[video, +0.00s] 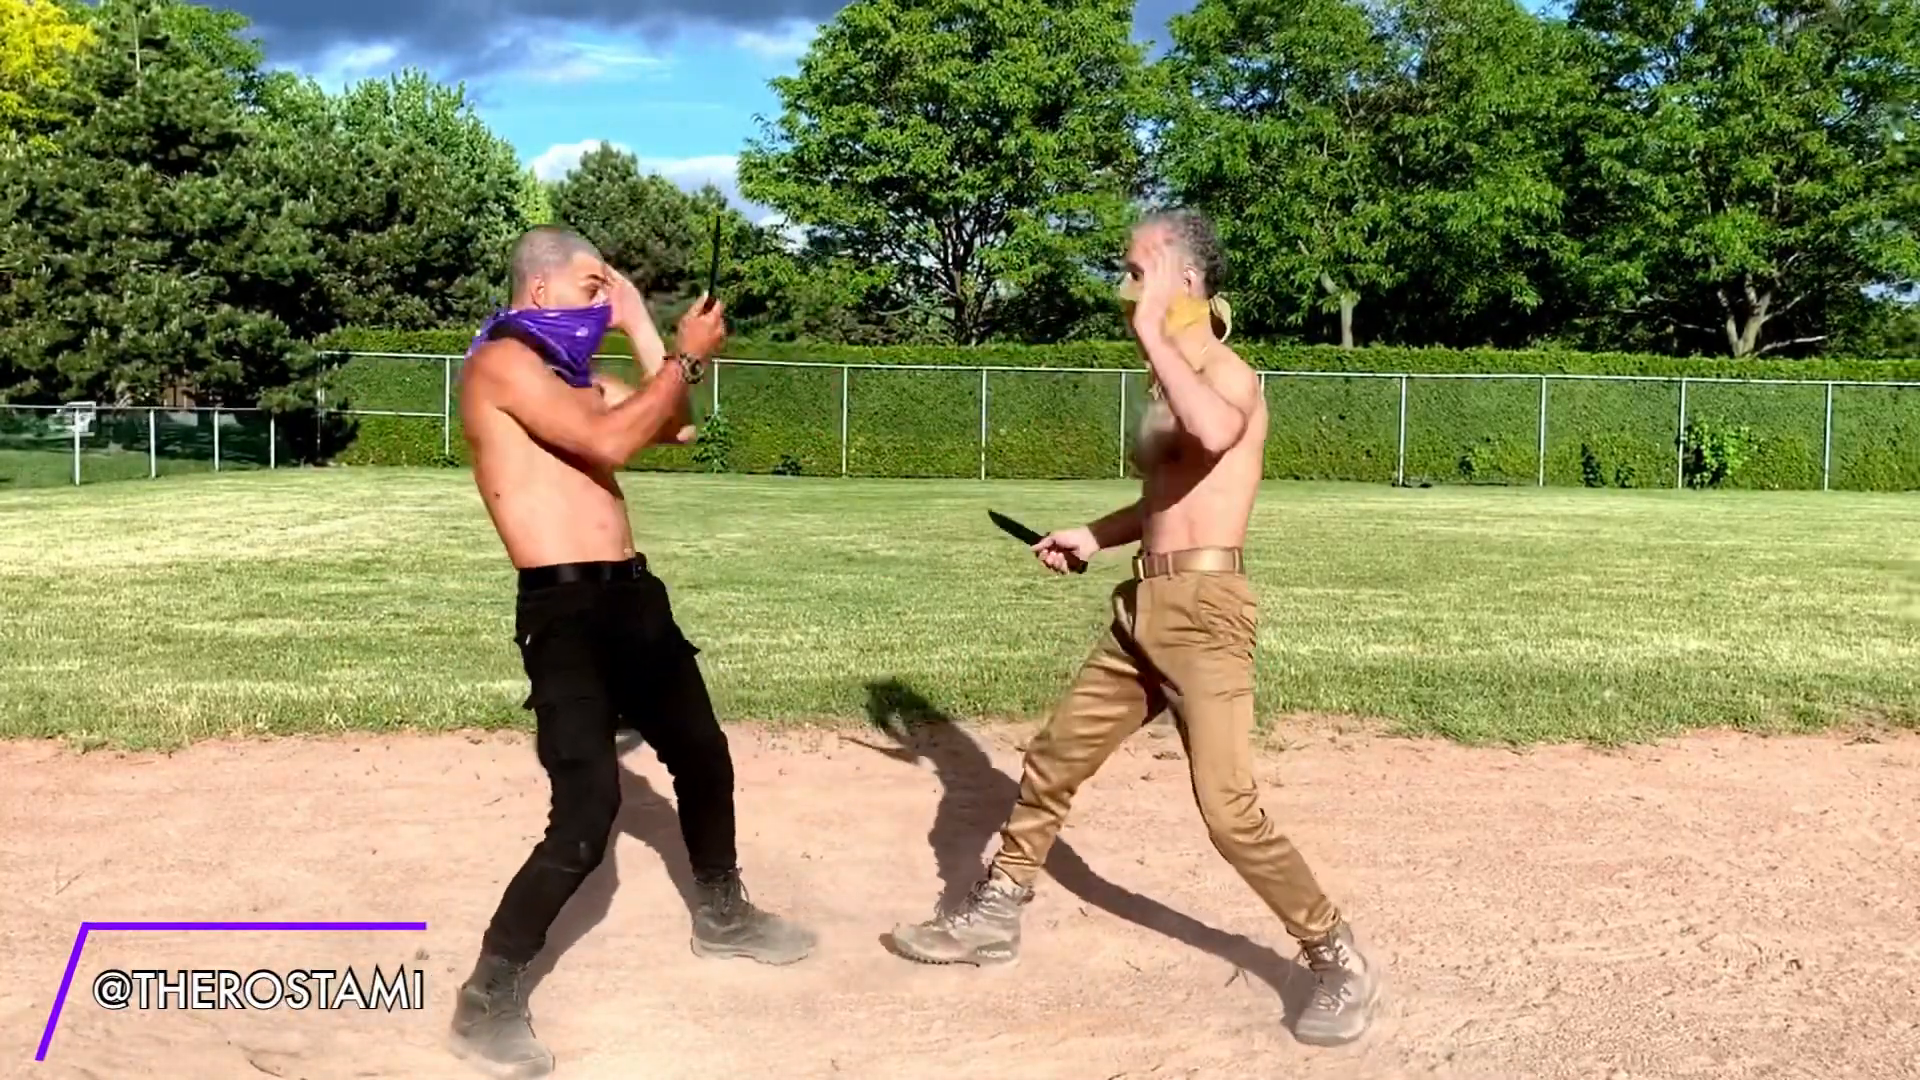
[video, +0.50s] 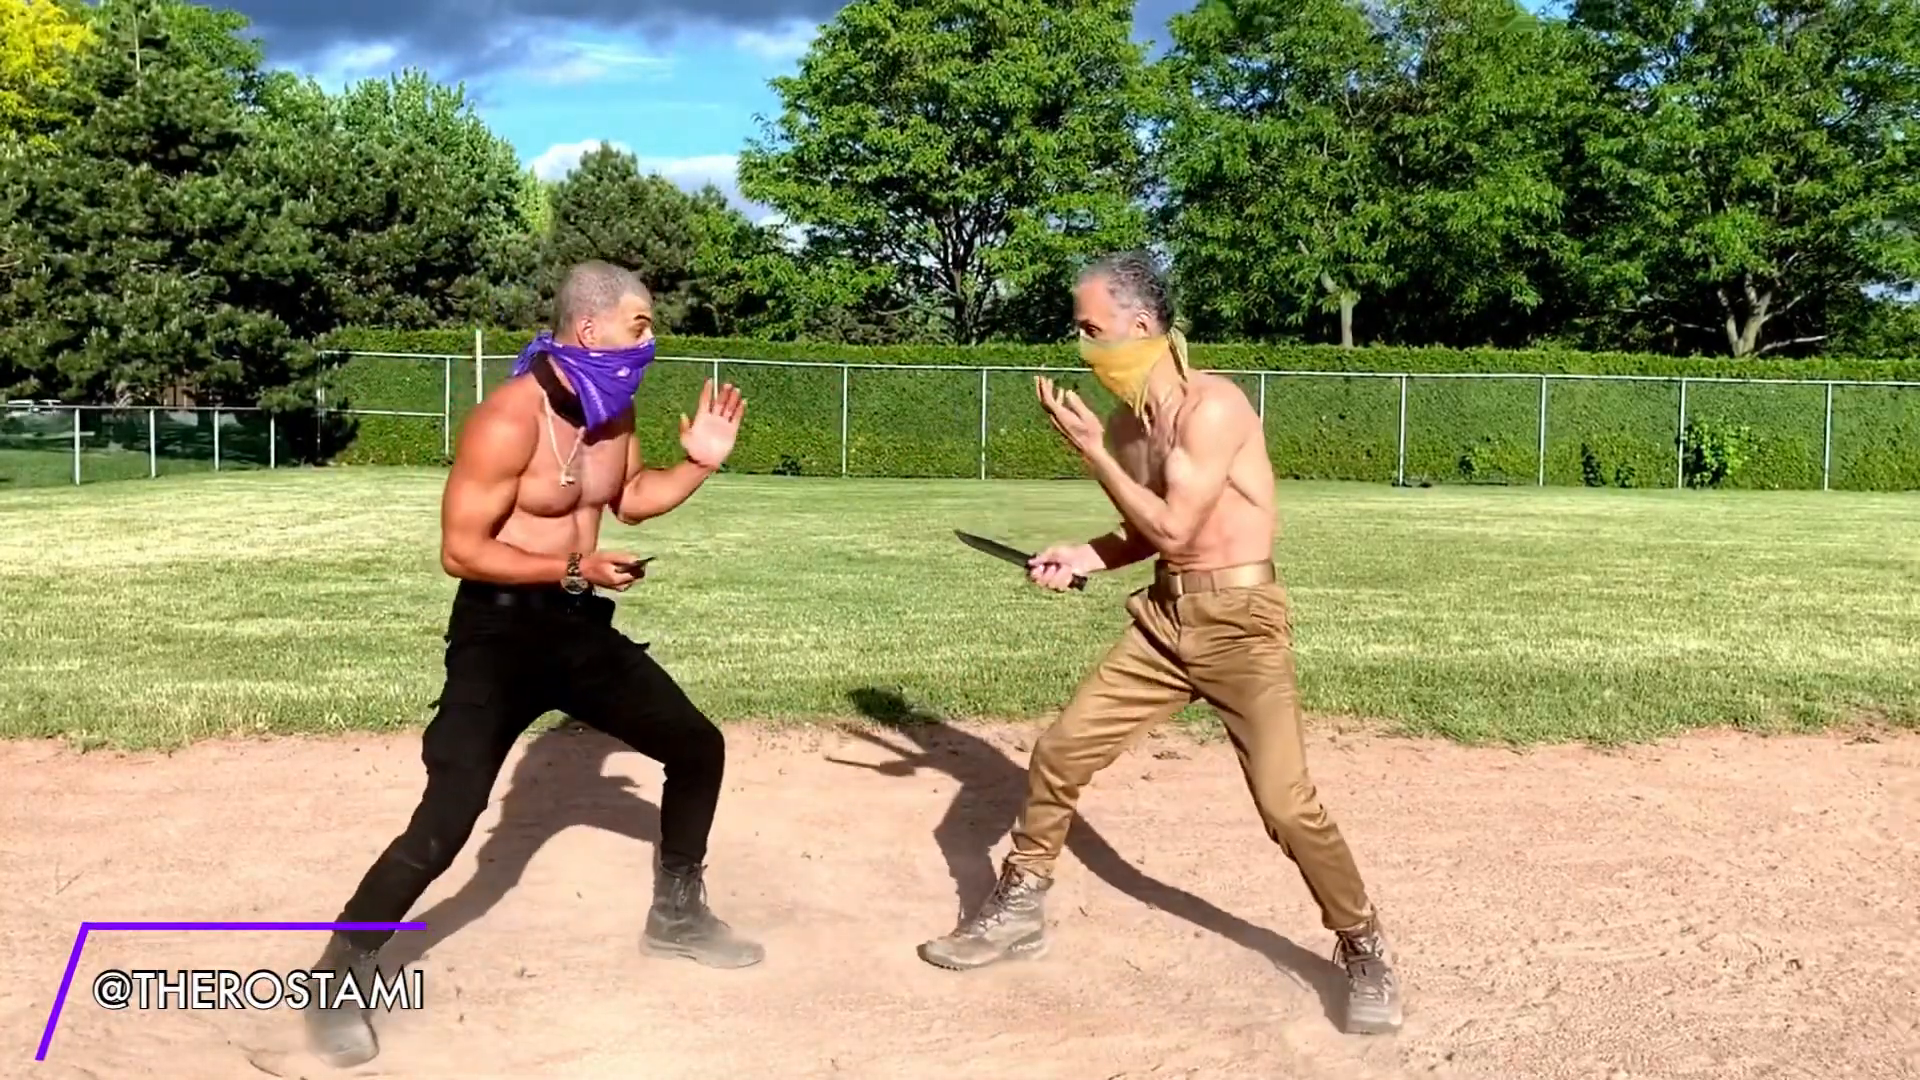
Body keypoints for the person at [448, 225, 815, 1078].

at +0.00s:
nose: (604, 308)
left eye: (606, 294)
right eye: (592, 290)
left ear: (548, 295)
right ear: (542, 288)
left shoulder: (558, 373)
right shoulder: (502, 361)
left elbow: (662, 425)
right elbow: (605, 440)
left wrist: (638, 321)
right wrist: (683, 361)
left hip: (633, 596)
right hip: (564, 608)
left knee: (703, 757)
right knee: (585, 815)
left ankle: (722, 912)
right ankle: (491, 992)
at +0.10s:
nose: (620, 280)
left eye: (621, 266)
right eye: (607, 263)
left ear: (587, 272)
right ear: (552, 264)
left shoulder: (596, 353)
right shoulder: (497, 352)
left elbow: (652, 439)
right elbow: (501, 499)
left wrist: (673, 339)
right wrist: (619, 459)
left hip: (608, 583)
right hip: (531, 592)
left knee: (691, 738)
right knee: (539, 792)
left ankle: (689, 908)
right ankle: (485, 989)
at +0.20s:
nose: (632, 299)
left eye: (634, 285)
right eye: (619, 283)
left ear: (598, 288)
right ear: (565, 283)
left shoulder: (602, 373)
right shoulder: (496, 375)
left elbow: (619, 454)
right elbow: (449, 509)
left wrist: (685, 401)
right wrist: (565, 524)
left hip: (595, 598)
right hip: (511, 602)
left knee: (671, 753)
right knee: (484, 789)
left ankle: (667, 914)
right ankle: (413, 966)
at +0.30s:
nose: (632, 323)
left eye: (634, 310)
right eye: (619, 308)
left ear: (595, 314)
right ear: (567, 308)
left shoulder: (596, 397)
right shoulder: (488, 406)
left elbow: (598, 492)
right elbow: (443, 540)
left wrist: (672, 450)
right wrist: (561, 556)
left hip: (579, 623)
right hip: (493, 628)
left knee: (682, 753)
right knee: (445, 812)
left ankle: (668, 914)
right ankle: (348, 978)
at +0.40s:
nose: (630, 341)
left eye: (633, 327)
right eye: (619, 324)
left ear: (600, 328)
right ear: (566, 323)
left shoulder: (603, 403)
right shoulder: (486, 417)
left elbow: (617, 496)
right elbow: (445, 552)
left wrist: (674, 456)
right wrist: (565, 569)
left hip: (572, 631)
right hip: (484, 636)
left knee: (689, 746)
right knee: (429, 817)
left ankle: (673, 912)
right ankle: (332, 980)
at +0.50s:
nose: (645, 347)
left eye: (649, 332)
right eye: (635, 330)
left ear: (610, 333)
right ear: (582, 331)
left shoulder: (615, 407)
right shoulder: (508, 418)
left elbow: (631, 500)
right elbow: (460, 550)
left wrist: (696, 467)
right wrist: (574, 569)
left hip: (579, 634)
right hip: (498, 636)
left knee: (697, 747)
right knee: (444, 824)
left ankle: (677, 915)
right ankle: (335, 978)